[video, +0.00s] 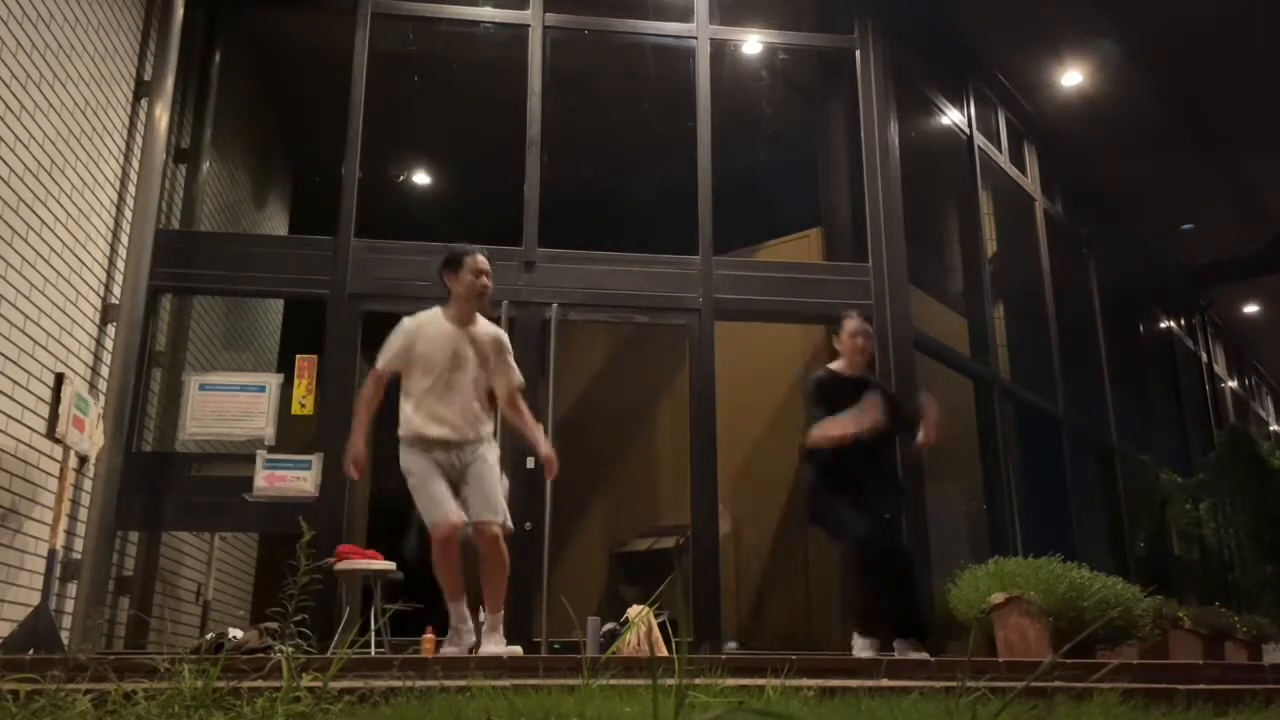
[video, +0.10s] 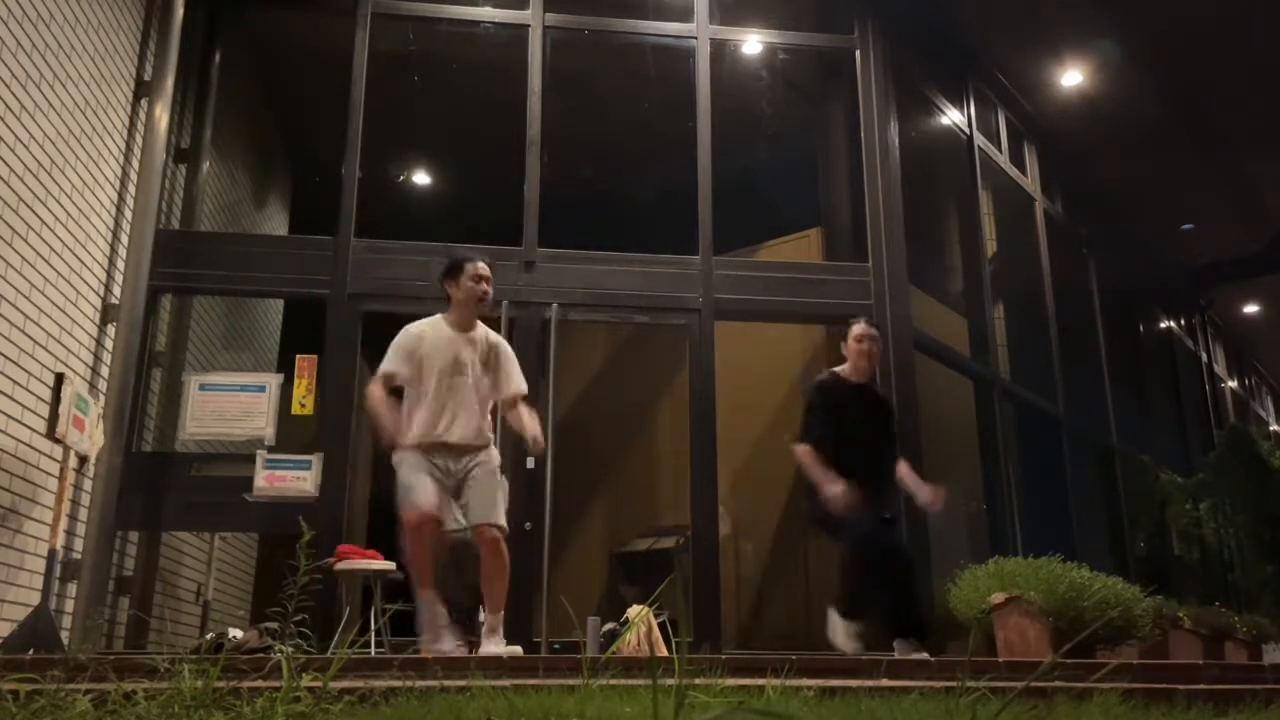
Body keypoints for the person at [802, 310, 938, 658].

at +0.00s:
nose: (863, 343)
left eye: (867, 335)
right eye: (854, 335)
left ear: (874, 341)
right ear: (838, 341)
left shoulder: (877, 385)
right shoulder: (822, 382)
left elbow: (913, 408)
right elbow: (813, 434)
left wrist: (927, 423)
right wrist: (859, 419)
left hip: (879, 486)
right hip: (835, 489)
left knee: (896, 552)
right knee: (866, 545)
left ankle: (905, 637)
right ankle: (864, 633)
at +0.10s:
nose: (867, 346)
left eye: (873, 340)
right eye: (859, 340)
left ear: (880, 349)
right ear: (845, 347)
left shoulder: (881, 401)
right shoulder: (826, 389)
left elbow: (892, 456)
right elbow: (802, 446)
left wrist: (919, 488)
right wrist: (829, 483)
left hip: (877, 492)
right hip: (836, 493)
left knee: (897, 556)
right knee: (867, 540)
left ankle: (905, 639)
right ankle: (845, 615)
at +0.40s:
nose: (801, 309)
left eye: (808, 302)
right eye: (795, 302)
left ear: (819, 309)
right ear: (782, 308)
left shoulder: (834, 357)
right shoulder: (760, 356)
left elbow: (845, 404)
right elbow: (721, 384)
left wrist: (848, 437)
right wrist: (728, 426)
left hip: (820, 459)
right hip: (769, 460)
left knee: (856, 529)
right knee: (755, 534)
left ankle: (845, 612)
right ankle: (722, 625)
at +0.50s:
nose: (777, 328)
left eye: (784, 321)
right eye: (770, 320)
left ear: (795, 329)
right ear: (757, 328)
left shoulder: (812, 376)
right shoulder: (743, 378)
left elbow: (827, 425)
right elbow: (715, 422)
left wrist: (836, 462)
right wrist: (719, 463)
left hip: (804, 479)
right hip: (753, 480)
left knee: (825, 554)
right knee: (734, 558)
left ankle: (799, 620)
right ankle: (711, 638)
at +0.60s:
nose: (764, 343)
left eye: (771, 337)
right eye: (757, 336)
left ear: (781, 344)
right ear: (746, 343)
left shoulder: (800, 390)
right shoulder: (734, 395)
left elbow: (819, 437)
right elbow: (719, 453)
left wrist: (824, 472)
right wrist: (714, 497)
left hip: (792, 490)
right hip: (745, 491)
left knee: (799, 568)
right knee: (732, 563)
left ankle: (774, 630)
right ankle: (711, 639)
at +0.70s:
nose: (774, 335)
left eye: (781, 330)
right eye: (768, 328)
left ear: (791, 337)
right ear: (756, 335)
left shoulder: (803, 380)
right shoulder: (738, 385)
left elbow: (841, 424)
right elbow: (718, 433)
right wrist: (721, 477)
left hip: (792, 484)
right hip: (746, 486)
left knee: (815, 549)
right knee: (734, 558)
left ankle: (785, 612)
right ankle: (712, 639)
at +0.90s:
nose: (816, 308)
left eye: (823, 302)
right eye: (810, 302)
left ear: (835, 308)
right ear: (798, 307)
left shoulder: (850, 342)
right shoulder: (788, 345)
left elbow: (884, 370)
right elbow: (752, 358)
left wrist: (833, 346)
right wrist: (745, 396)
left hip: (841, 452)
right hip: (791, 451)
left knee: (856, 526)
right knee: (757, 514)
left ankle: (850, 612)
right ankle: (747, 600)